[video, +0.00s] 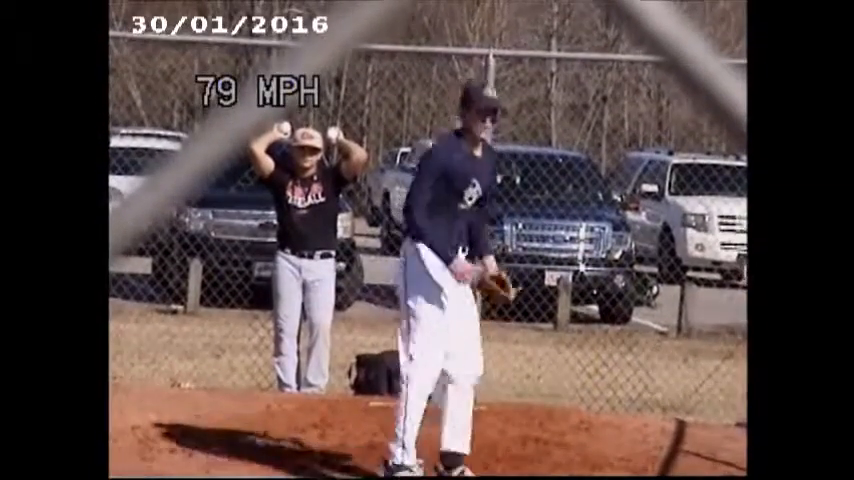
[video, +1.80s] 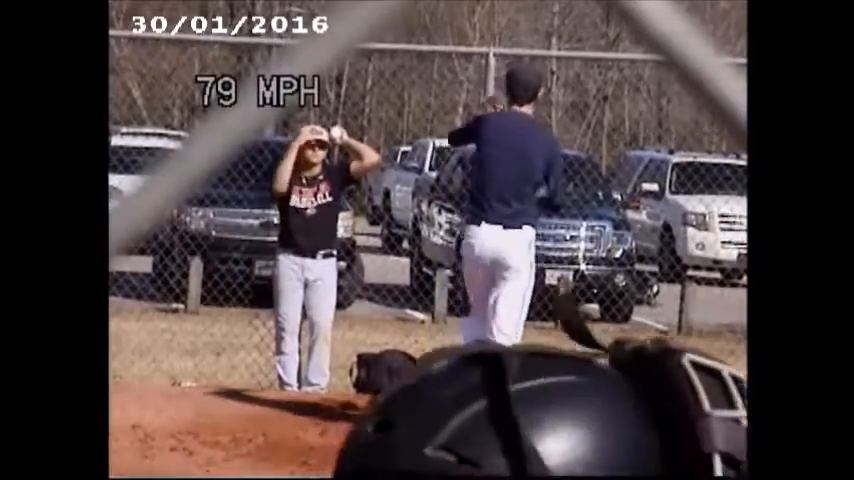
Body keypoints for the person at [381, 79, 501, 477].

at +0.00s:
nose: (490, 121)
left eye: (494, 115)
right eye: (483, 114)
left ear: (496, 120)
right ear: (464, 114)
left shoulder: (487, 159)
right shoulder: (440, 153)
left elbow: (478, 213)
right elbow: (414, 214)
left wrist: (487, 256)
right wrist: (452, 259)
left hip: (460, 260)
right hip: (425, 255)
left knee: (463, 364)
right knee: (423, 361)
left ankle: (453, 457)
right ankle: (401, 457)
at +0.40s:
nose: (500, 110)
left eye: (499, 103)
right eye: (500, 104)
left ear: (462, 106)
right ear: (493, 107)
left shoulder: (444, 144)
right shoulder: (478, 149)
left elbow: (417, 205)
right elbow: (471, 211)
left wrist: (431, 246)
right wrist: (477, 273)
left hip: (425, 250)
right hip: (449, 255)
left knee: (454, 357)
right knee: (435, 362)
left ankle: (447, 453)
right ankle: (405, 458)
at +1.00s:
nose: (478, 113)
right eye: (478, 108)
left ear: (442, 112)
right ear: (475, 111)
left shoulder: (426, 151)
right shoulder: (494, 148)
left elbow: (400, 213)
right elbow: (519, 204)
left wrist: (423, 228)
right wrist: (533, 258)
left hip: (437, 251)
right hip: (477, 255)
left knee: (442, 352)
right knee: (486, 353)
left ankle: (440, 454)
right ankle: (456, 423)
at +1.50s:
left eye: (491, 95)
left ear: (488, 100)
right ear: (521, 103)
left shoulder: (465, 137)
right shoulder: (531, 151)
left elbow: (428, 173)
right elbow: (537, 209)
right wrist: (541, 263)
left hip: (467, 244)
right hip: (508, 249)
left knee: (461, 336)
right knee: (500, 337)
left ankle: (447, 412)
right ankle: (497, 415)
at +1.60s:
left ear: (496, 94)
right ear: (528, 98)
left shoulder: (474, 128)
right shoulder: (538, 143)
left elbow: (436, 160)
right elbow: (551, 205)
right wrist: (547, 250)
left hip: (473, 240)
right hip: (513, 245)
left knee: (468, 326)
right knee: (504, 333)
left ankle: (457, 400)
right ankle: (499, 408)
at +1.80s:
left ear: (507, 90)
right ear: (538, 94)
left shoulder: (486, 124)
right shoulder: (547, 140)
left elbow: (453, 140)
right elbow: (554, 197)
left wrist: (480, 119)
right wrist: (530, 202)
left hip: (478, 233)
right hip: (518, 239)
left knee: (476, 315)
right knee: (506, 329)